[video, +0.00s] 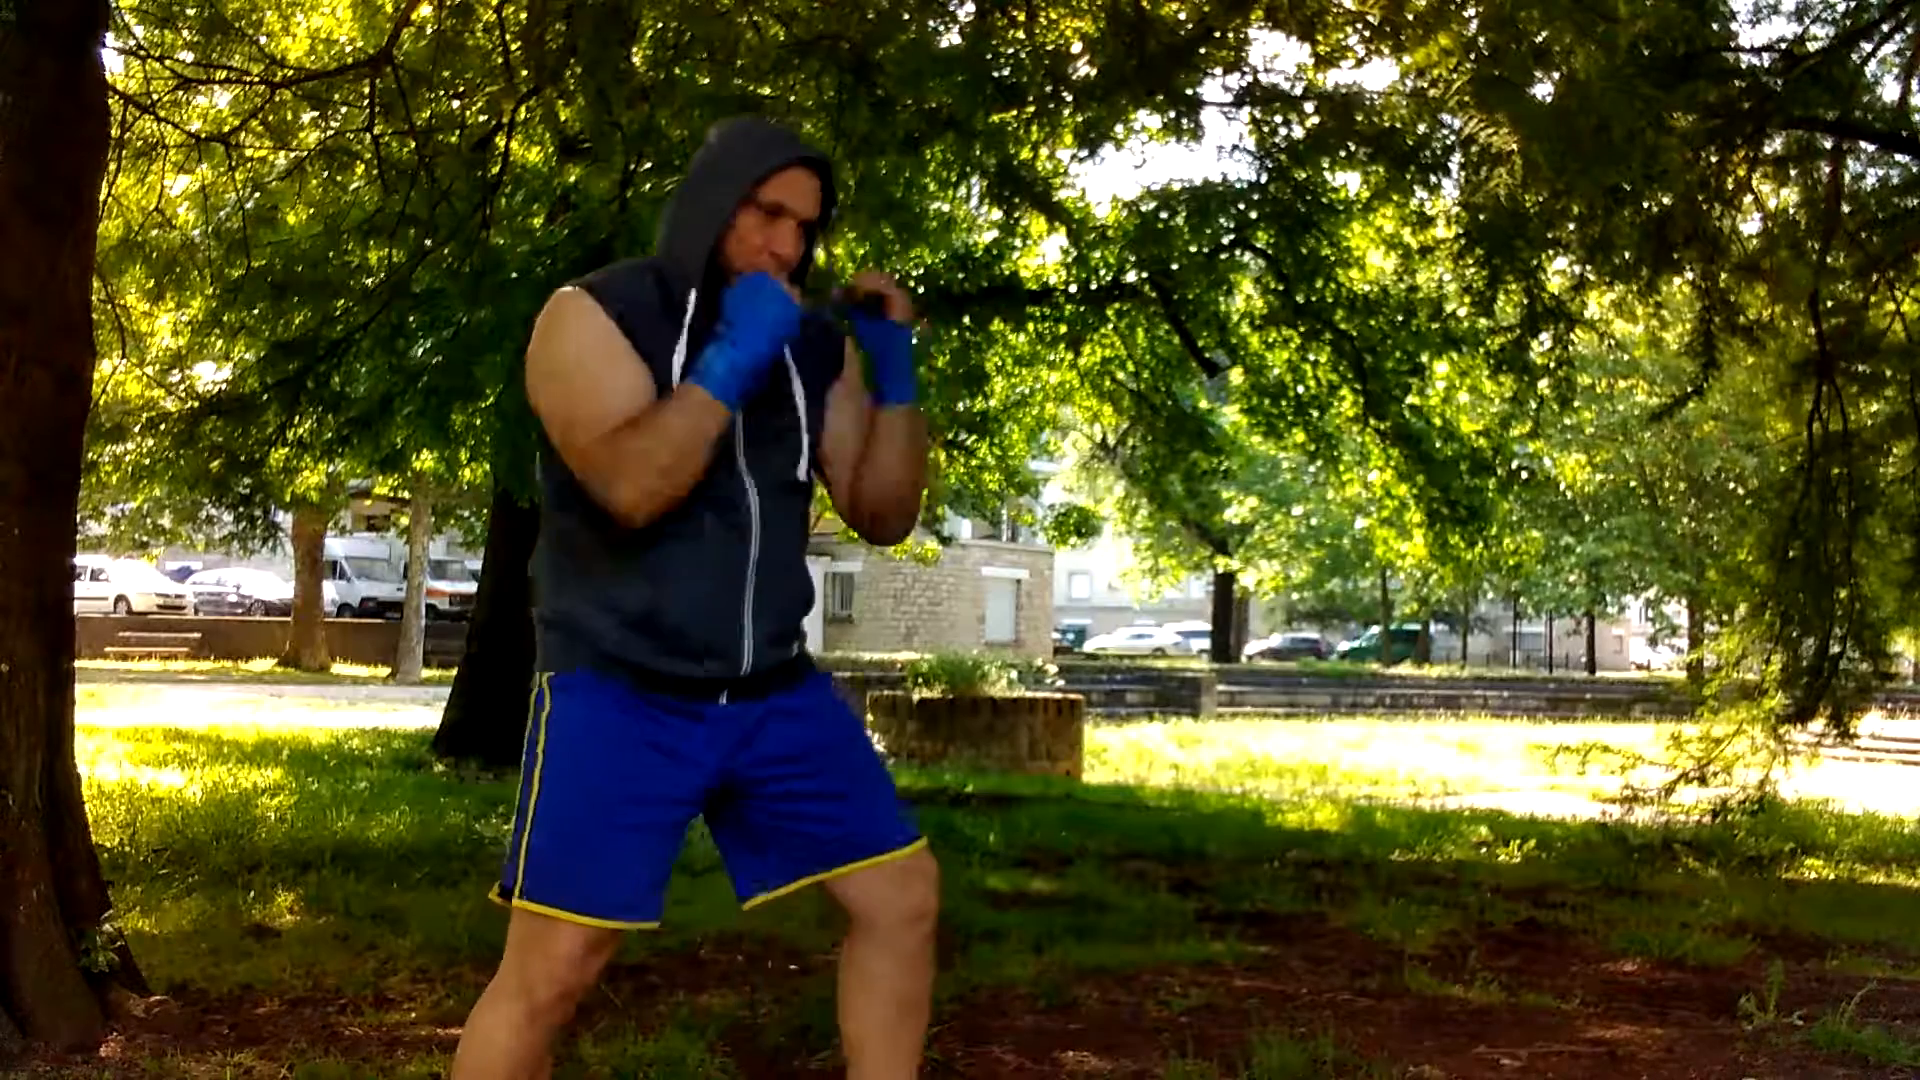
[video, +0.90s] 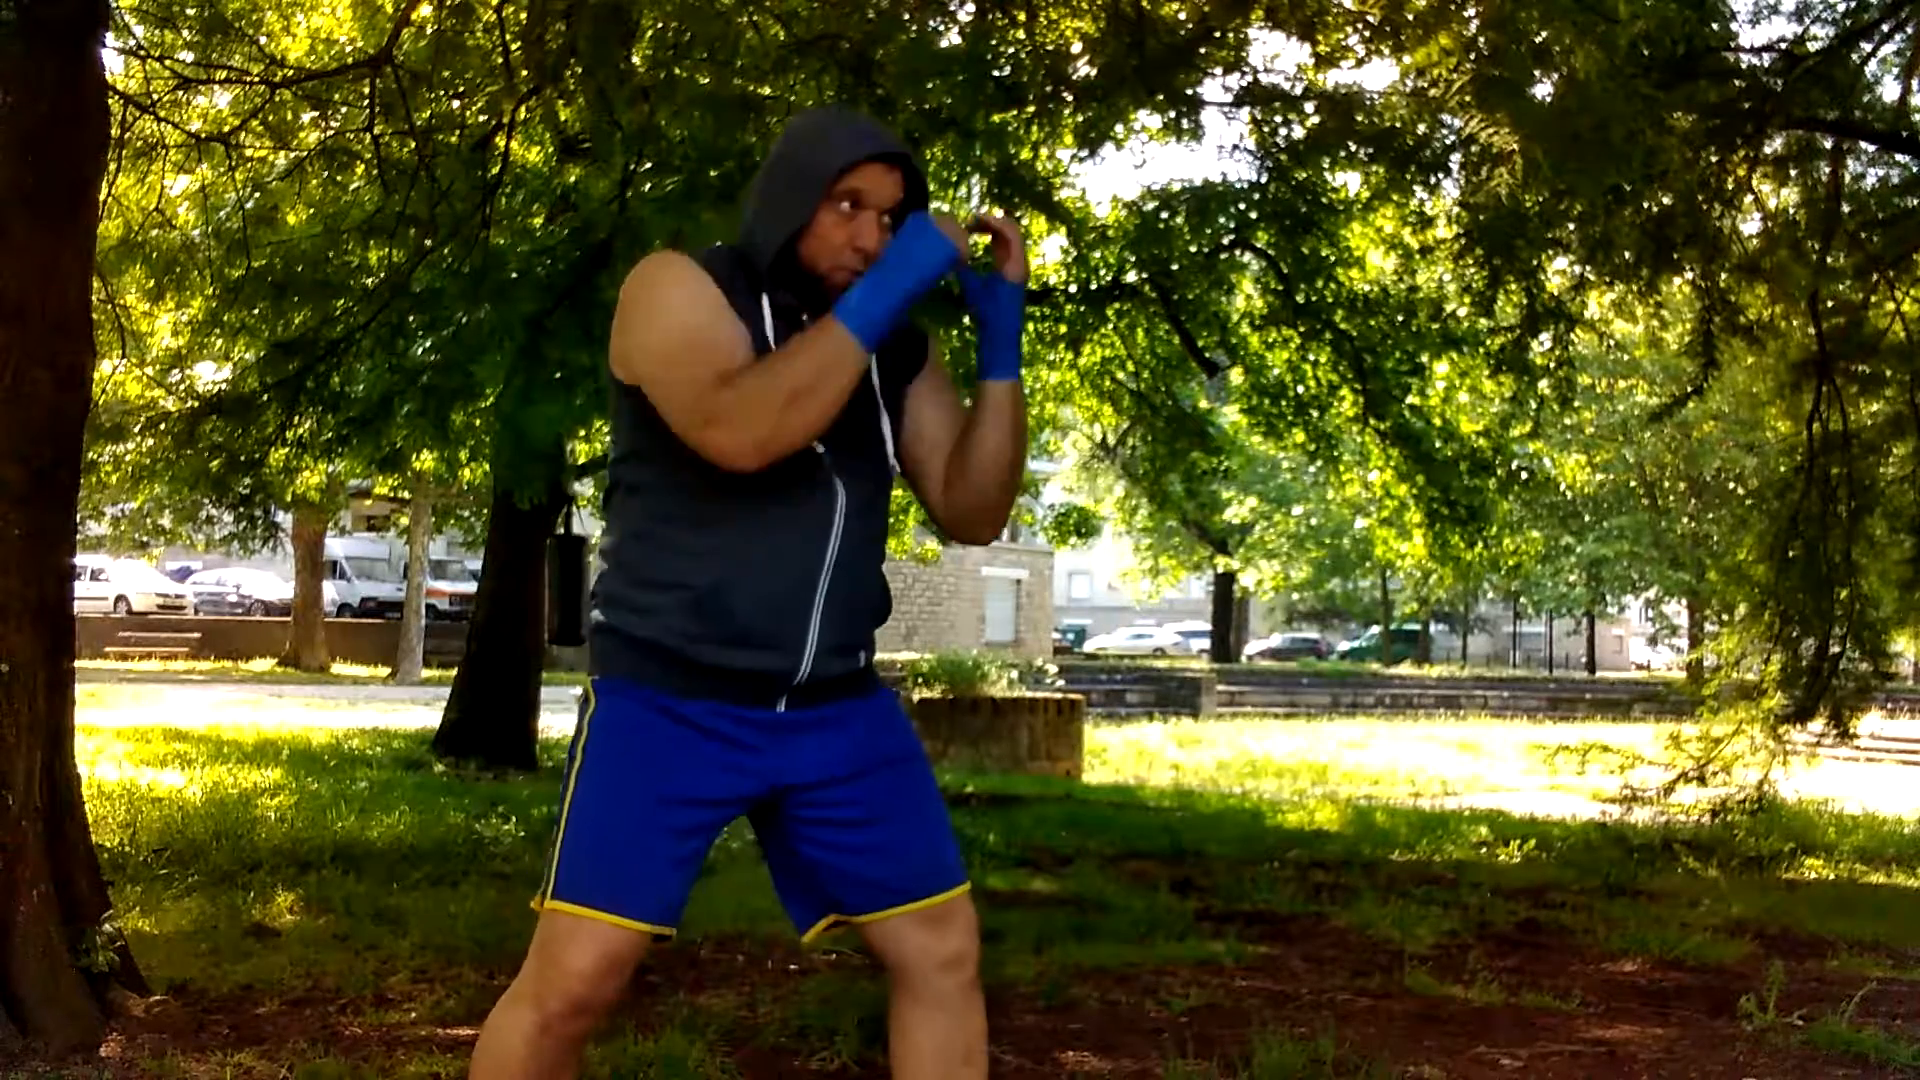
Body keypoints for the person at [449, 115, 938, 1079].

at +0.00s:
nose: (788, 247)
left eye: (804, 228)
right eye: (768, 217)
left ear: (813, 240)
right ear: (707, 207)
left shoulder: (811, 345)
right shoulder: (588, 319)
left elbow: (883, 514)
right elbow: (631, 485)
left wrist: (895, 361)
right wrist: (737, 353)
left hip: (780, 694)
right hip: (618, 698)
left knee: (900, 896)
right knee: (550, 970)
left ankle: (881, 1075)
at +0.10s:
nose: (800, 239)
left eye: (818, 220)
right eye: (779, 210)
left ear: (832, 227)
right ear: (719, 199)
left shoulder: (813, 341)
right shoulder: (614, 289)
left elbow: (900, 497)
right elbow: (745, 361)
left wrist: (899, 338)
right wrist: (888, 262)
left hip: (791, 688)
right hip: (630, 691)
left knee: (887, 918)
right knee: (560, 972)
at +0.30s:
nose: (856, 247)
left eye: (877, 230)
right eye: (835, 218)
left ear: (893, 247)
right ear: (781, 215)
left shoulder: (879, 357)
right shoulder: (661, 311)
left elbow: (951, 522)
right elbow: (701, 475)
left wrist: (961, 348)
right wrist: (835, 329)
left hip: (824, 712)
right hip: (656, 705)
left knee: (909, 947)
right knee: (571, 970)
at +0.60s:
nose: (826, 237)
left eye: (844, 219)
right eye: (804, 209)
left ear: (857, 233)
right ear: (739, 204)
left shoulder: (842, 338)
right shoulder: (621, 305)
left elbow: (957, 474)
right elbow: (686, 451)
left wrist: (944, 315)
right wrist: (794, 309)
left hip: (815, 705)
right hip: (647, 707)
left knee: (932, 926)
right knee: (569, 987)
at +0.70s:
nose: (874, 232)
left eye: (878, 210)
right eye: (855, 208)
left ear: (870, 217)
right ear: (795, 215)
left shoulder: (867, 325)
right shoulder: (659, 280)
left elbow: (1017, 371)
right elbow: (837, 273)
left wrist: (978, 205)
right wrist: (967, 154)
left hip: (826, 708)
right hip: (657, 710)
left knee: (934, 948)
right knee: (578, 992)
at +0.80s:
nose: (898, 241)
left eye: (903, 220)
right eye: (881, 215)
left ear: (902, 227)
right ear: (821, 214)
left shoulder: (881, 341)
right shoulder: (675, 284)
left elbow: (1022, 413)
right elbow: (845, 284)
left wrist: (977, 232)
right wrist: (1016, 137)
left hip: (837, 714)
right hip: (667, 716)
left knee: (945, 950)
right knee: (577, 991)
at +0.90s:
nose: (871, 238)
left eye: (889, 218)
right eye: (848, 205)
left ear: (901, 232)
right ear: (784, 203)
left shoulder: (891, 345)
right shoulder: (671, 289)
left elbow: (970, 511)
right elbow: (740, 427)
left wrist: (1000, 328)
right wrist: (888, 286)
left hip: (839, 710)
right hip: (666, 707)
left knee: (939, 951)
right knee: (571, 986)